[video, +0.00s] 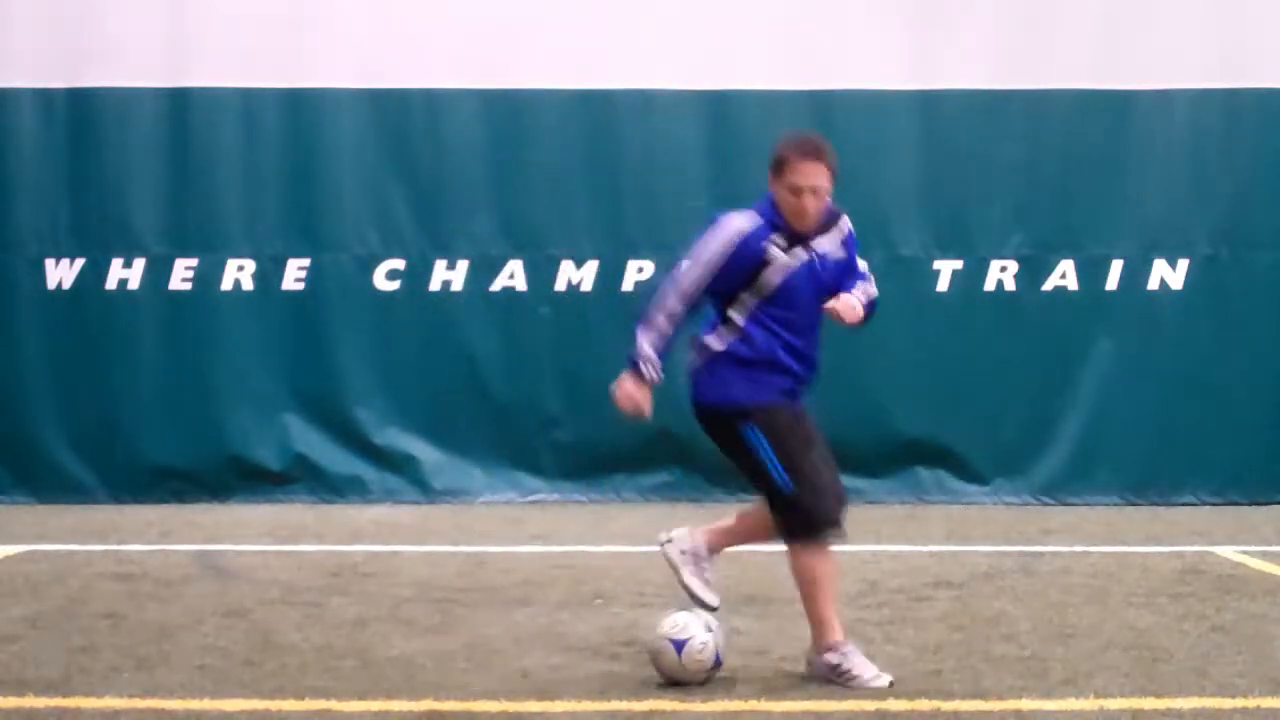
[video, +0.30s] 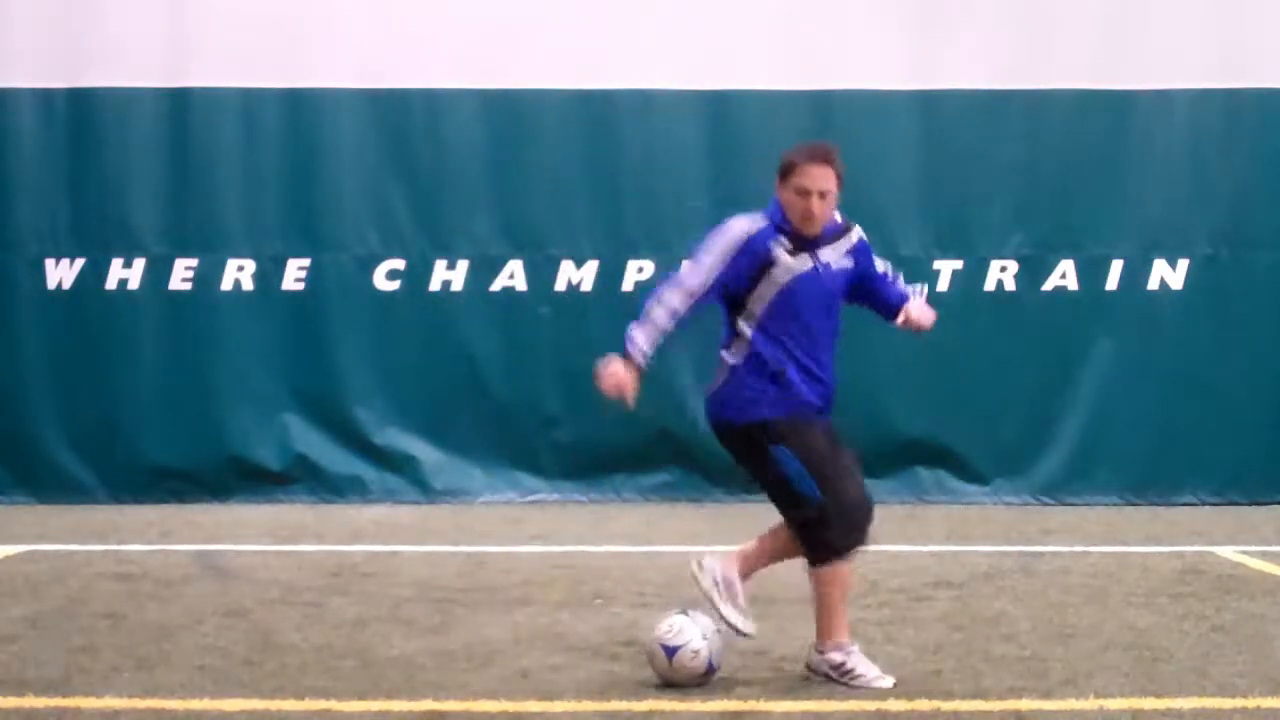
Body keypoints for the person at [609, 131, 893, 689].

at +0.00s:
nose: (811, 205)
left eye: (820, 192)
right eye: (799, 192)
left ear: (832, 190)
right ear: (775, 187)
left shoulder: (836, 229)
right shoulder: (740, 232)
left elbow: (860, 279)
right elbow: (676, 293)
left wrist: (856, 298)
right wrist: (641, 369)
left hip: (782, 391)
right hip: (732, 390)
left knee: (819, 502)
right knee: (806, 507)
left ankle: (697, 545)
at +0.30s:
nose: (815, 206)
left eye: (825, 196)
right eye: (803, 194)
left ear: (837, 197)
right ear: (780, 191)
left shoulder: (847, 241)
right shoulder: (749, 234)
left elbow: (878, 282)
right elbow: (685, 286)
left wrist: (907, 305)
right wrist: (632, 355)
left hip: (808, 407)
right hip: (751, 406)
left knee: (851, 514)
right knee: (829, 518)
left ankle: (731, 569)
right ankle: (833, 649)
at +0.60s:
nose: (733, 174)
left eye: (744, 164)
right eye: (722, 164)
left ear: (763, 167)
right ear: (706, 170)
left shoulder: (786, 221)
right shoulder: (674, 218)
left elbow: (807, 288)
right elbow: (624, 272)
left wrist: (817, 332)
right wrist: (621, 300)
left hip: (758, 396)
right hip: (680, 390)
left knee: (779, 518)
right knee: (642, 489)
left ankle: (772, 636)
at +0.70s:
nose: (686, 147)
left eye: (697, 137)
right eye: (676, 137)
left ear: (720, 138)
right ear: (662, 141)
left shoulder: (751, 191)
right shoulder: (636, 193)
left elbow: (773, 261)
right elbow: (590, 258)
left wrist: (779, 312)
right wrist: (590, 291)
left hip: (733, 371)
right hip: (654, 369)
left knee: (760, 489)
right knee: (605, 479)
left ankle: (770, 611)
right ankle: (564, 608)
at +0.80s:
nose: (647, 155)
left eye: (658, 144)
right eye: (637, 145)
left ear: (681, 144)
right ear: (624, 148)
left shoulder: (718, 195)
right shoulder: (600, 204)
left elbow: (749, 263)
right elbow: (559, 266)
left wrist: (760, 321)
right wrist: (551, 305)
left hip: (703, 365)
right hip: (624, 375)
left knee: (730, 452)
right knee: (590, 498)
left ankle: (736, 568)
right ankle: (592, 620)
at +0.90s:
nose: (612, 186)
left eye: (623, 174)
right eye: (602, 176)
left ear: (645, 175)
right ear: (589, 179)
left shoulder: (680, 224)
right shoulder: (565, 232)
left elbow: (724, 285)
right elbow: (526, 284)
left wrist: (739, 341)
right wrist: (506, 308)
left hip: (666, 380)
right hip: (598, 396)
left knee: (671, 444)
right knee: (587, 524)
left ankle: (707, 568)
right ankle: (602, 631)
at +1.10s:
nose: (562, 174)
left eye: (572, 161)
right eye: (551, 162)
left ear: (595, 158)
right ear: (538, 162)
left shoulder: (635, 201)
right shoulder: (523, 207)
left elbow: (688, 261)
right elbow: (493, 255)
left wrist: (712, 325)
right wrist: (463, 274)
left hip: (626, 357)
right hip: (568, 366)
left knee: (569, 452)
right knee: (557, 489)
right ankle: (633, 587)